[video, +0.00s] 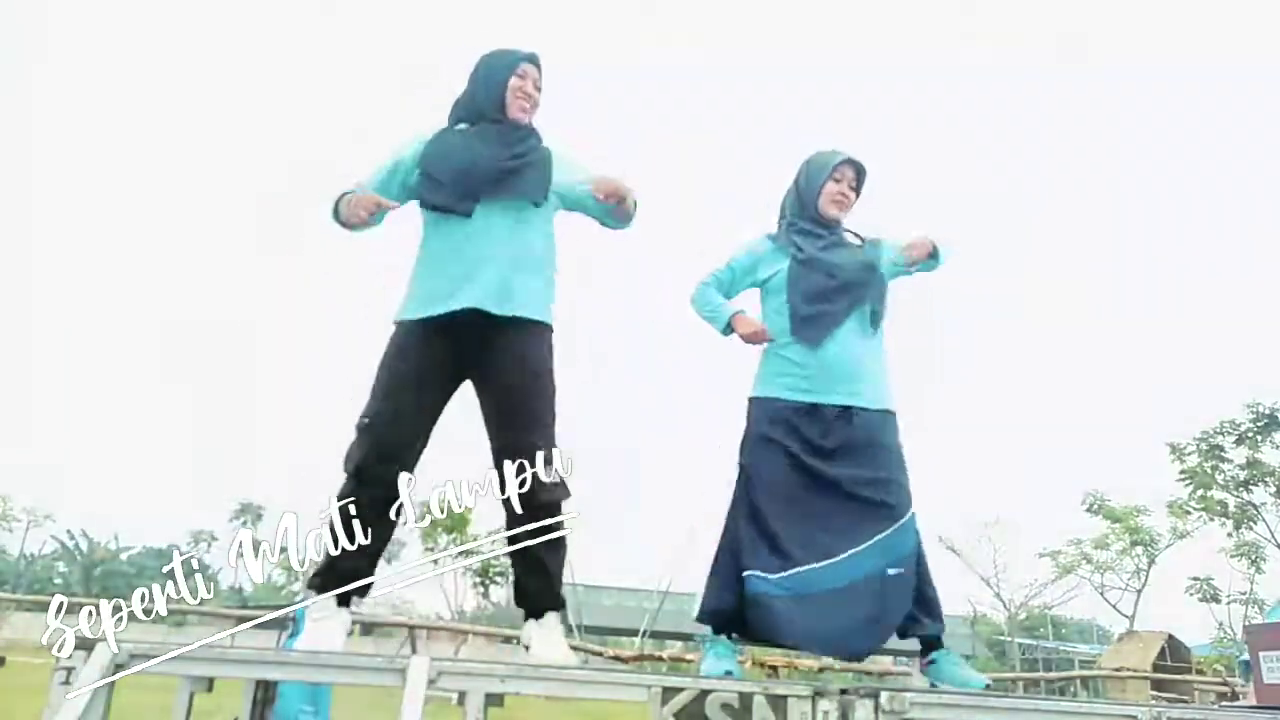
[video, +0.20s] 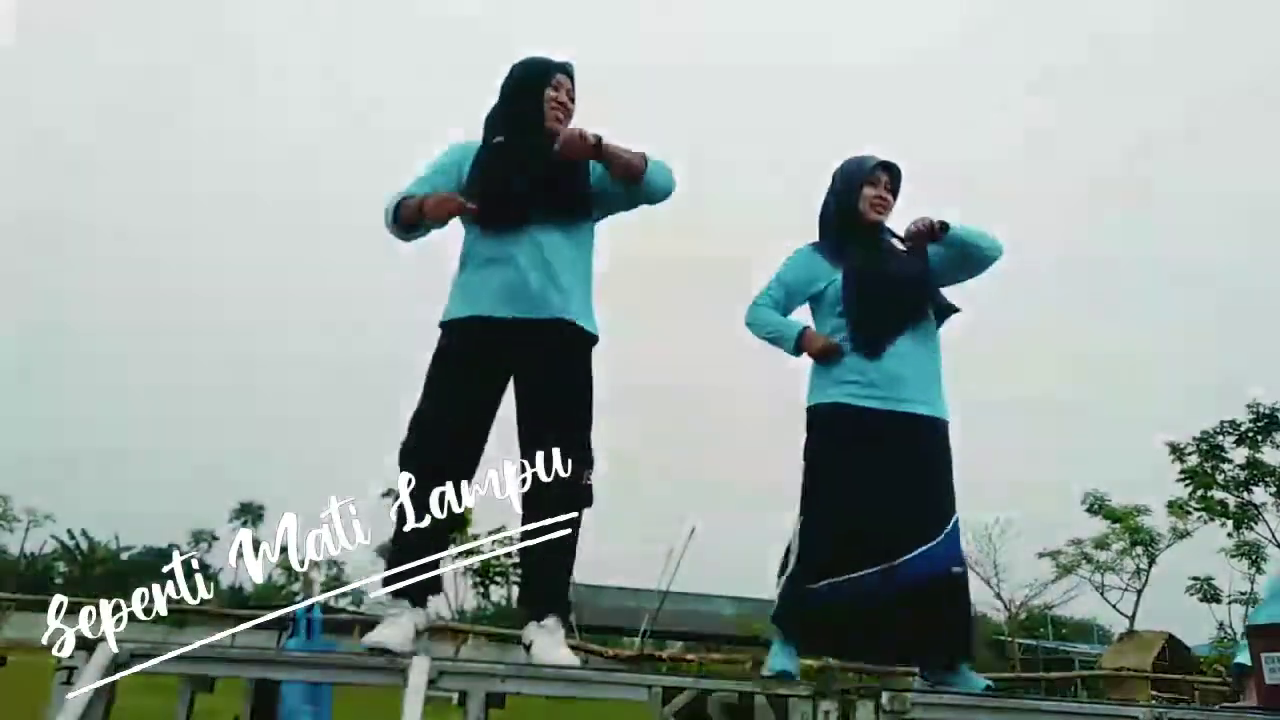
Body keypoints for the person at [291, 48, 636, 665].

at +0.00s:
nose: (531, 91)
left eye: (536, 87)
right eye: (521, 80)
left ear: (538, 101)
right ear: (488, 82)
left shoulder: (548, 159)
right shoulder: (437, 145)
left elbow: (616, 217)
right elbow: (356, 199)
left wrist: (621, 200)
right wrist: (351, 208)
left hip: (519, 324)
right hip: (432, 318)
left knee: (532, 470)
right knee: (378, 455)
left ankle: (543, 616)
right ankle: (332, 600)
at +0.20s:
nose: (561, 99)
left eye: (568, 95)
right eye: (551, 88)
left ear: (572, 111)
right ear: (519, 95)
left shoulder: (583, 169)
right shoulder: (471, 157)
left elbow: (662, 184)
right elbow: (398, 219)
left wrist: (597, 149)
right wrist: (431, 210)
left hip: (559, 328)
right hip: (475, 323)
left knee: (557, 476)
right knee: (433, 459)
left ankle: (546, 621)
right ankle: (413, 603)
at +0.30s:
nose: (580, 110)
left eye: (583, 105)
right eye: (569, 100)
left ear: (581, 119)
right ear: (533, 105)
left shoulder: (592, 166)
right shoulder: (482, 157)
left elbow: (626, 171)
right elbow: (425, 226)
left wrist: (544, 142)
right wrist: (465, 216)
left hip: (567, 329)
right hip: (488, 325)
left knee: (561, 474)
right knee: (463, 464)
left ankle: (546, 617)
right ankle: (462, 610)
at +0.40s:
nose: (586, 121)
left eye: (589, 117)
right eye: (576, 112)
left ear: (587, 132)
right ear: (540, 119)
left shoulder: (598, 180)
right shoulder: (488, 168)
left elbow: (605, 181)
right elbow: (438, 236)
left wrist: (536, 136)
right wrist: (496, 235)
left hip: (579, 353)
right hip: (500, 349)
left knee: (598, 478)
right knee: (483, 481)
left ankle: (558, 616)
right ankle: (467, 619)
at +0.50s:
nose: (589, 119)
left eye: (594, 116)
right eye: (578, 108)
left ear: (596, 132)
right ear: (545, 113)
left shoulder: (601, 181)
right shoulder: (494, 170)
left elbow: (639, 168)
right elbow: (441, 236)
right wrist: (502, 239)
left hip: (591, 351)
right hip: (507, 347)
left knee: (633, 469)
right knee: (476, 479)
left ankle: (594, 608)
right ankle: (463, 619)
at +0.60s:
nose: (602, 106)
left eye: (607, 102)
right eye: (591, 96)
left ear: (608, 120)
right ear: (557, 103)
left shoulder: (619, 173)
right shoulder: (506, 164)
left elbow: (695, 170)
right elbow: (452, 233)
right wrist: (493, 237)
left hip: (608, 340)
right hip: (522, 339)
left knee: (647, 471)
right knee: (488, 475)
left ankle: (653, 618)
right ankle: (465, 620)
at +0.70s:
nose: (620, 109)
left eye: (625, 105)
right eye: (609, 99)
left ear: (627, 121)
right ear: (575, 105)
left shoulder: (641, 174)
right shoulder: (526, 170)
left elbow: (726, 209)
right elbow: (467, 245)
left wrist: (820, 229)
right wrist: (479, 245)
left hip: (628, 340)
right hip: (542, 340)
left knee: (660, 485)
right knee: (502, 480)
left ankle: (688, 631)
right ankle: (465, 621)